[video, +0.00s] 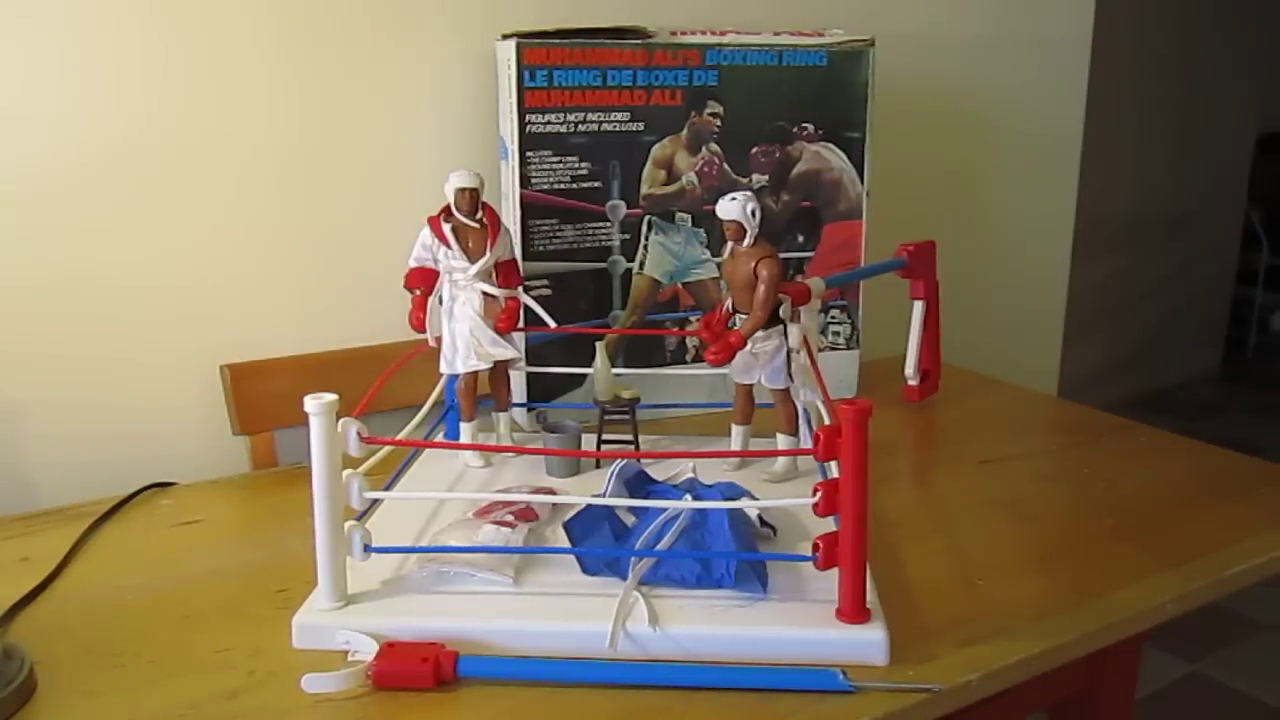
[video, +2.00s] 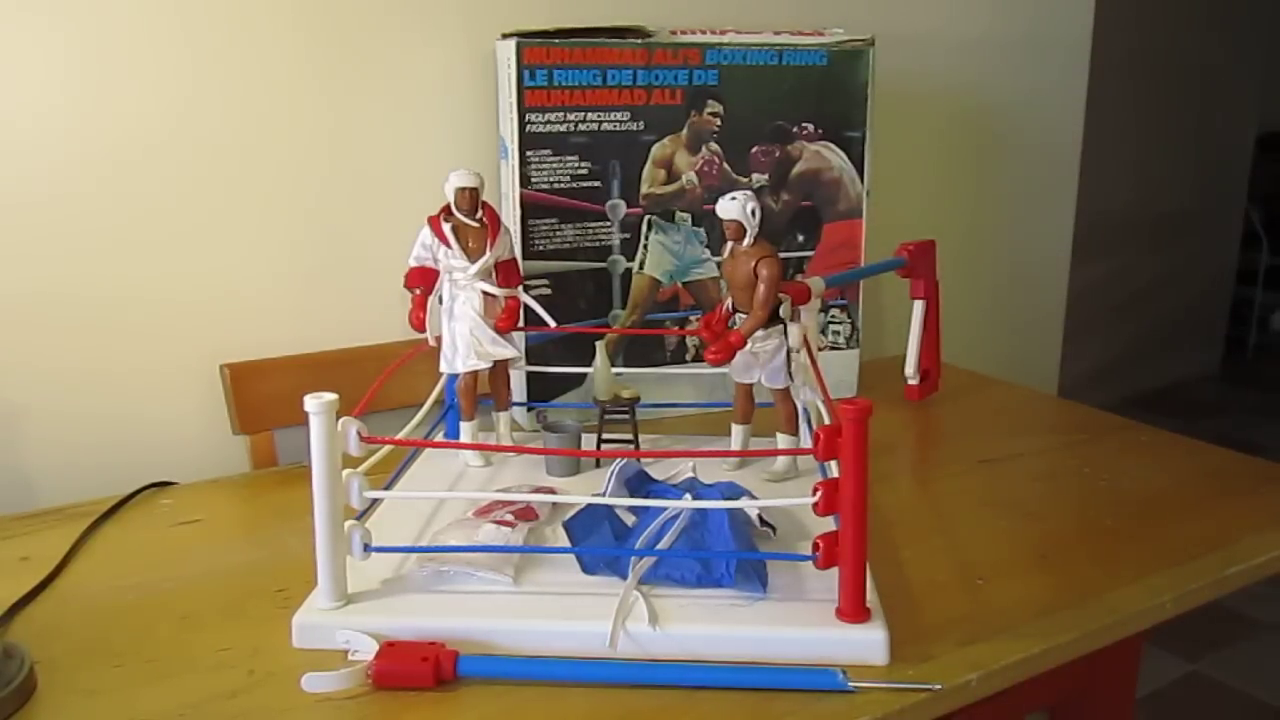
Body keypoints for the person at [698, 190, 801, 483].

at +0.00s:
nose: (725, 229)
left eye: (730, 224)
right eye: (723, 223)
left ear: (748, 224)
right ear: (724, 224)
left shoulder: (767, 262)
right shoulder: (731, 251)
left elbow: (761, 314)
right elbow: (734, 292)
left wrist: (736, 339)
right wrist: (720, 317)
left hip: (769, 334)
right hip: (743, 331)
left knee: (780, 392)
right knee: (742, 388)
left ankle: (787, 457)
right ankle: (738, 451)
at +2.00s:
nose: (726, 227)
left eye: (731, 222)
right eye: (724, 222)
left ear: (748, 222)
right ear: (723, 222)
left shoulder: (767, 262)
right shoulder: (730, 249)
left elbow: (761, 314)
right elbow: (734, 293)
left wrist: (735, 340)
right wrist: (720, 319)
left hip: (768, 333)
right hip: (743, 329)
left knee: (780, 391)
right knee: (742, 387)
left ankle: (787, 457)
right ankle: (737, 450)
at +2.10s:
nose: (725, 227)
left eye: (731, 222)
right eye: (723, 221)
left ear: (748, 222)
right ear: (723, 222)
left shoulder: (767, 262)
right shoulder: (730, 249)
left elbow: (761, 313)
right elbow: (735, 292)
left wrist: (735, 340)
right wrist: (720, 318)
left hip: (769, 333)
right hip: (743, 329)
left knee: (780, 391)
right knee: (742, 387)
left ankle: (787, 457)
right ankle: (737, 450)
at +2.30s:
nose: (725, 227)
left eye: (730, 222)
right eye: (723, 221)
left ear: (748, 222)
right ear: (723, 222)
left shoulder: (767, 262)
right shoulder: (730, 249)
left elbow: (761, 313)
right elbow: (735, 292)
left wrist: (735, 340)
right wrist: (719, 316)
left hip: (769, 332)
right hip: (742, 328)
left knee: (780, 391)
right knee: (742, 386)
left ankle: (787, 456)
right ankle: (737, 450)